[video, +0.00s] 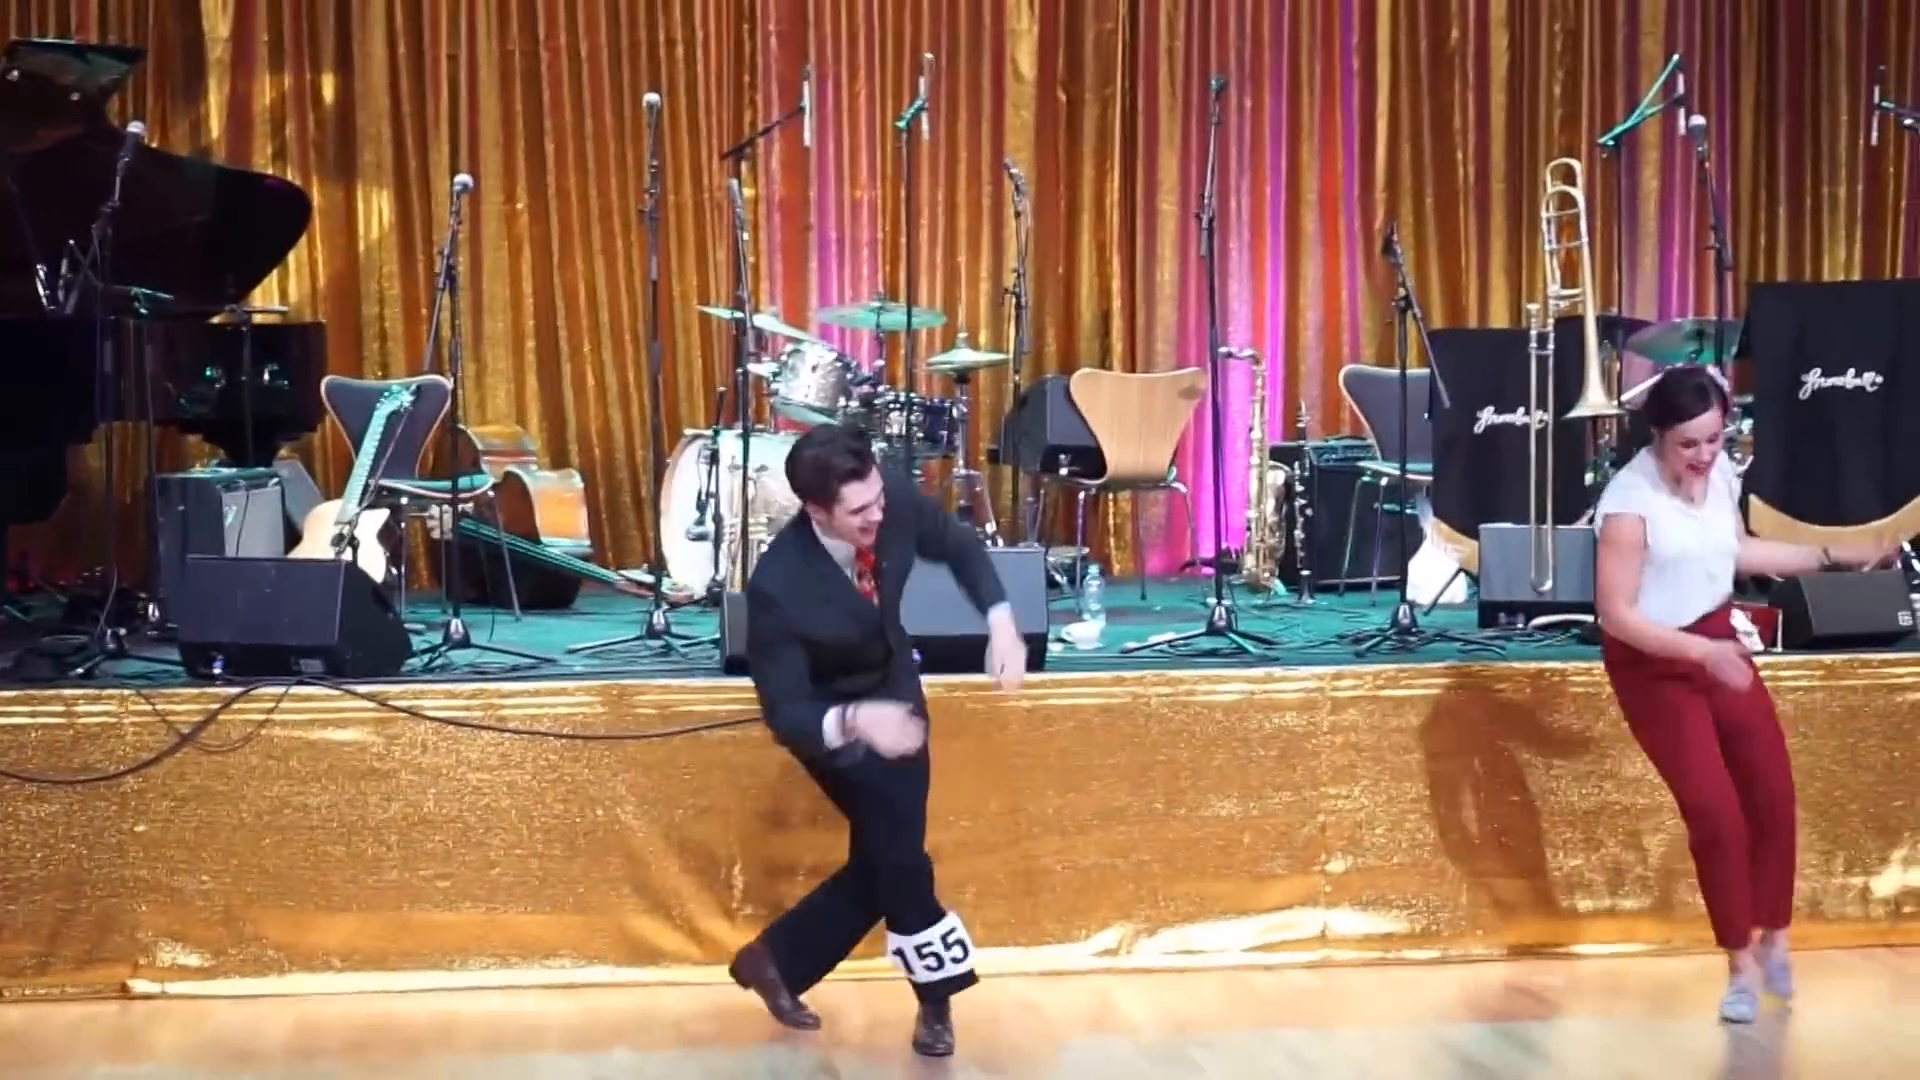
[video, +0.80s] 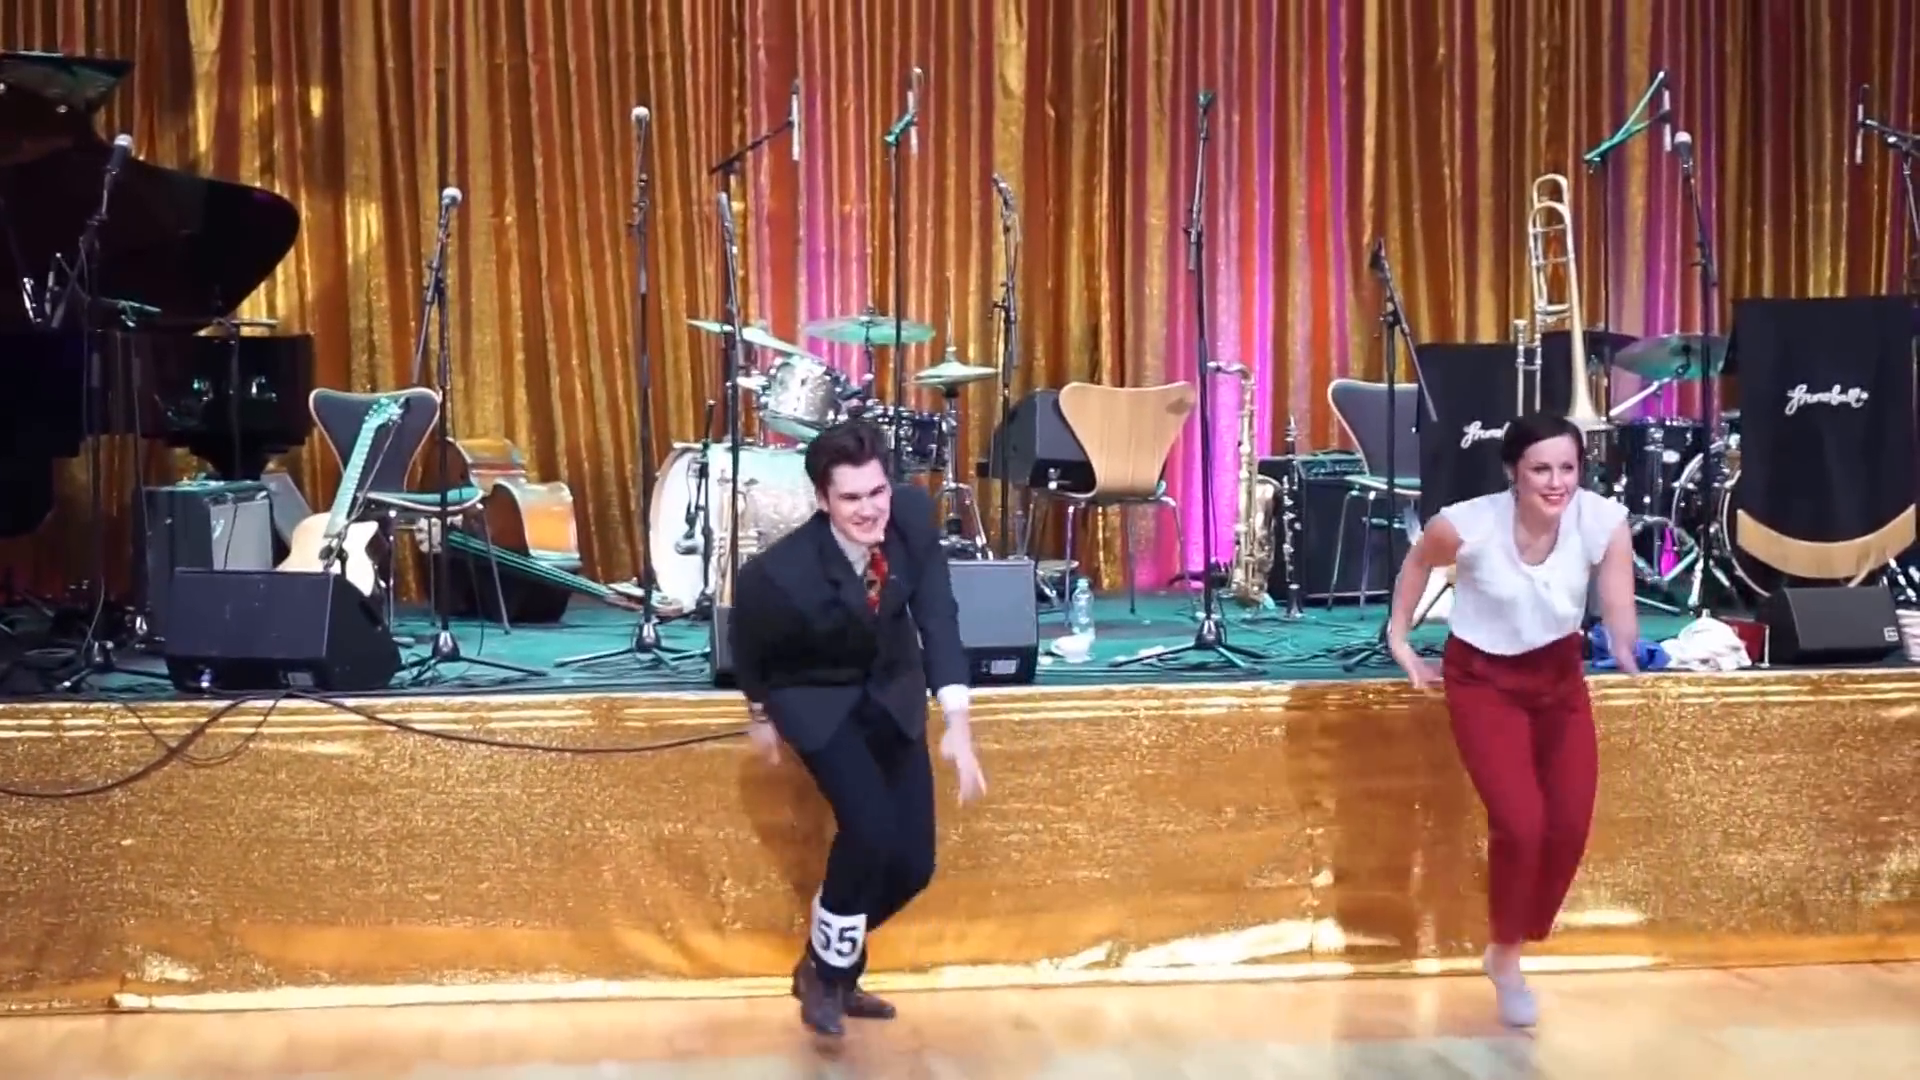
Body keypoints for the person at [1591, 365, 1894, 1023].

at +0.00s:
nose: (1704, 455)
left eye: (1713, 440)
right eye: (1689, 443)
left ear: (1723, 430)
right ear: (1657, 436)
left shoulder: (1721, 476)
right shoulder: (1628, 499)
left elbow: (1733, 553)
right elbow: (1614, 616)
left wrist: (1840, 556)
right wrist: (1700, 651)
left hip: (1721, 641)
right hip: (1649, 658)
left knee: (1773, 791)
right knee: (1713, 806)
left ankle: (1774, 940)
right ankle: (1741, 963)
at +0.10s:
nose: (1695, 456)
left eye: (1704, 442)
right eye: (1680, 445)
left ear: (1718, 425)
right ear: (1651, 433)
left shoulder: (1714, 456)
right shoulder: (1628, 491)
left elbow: (1724, 526)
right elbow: (1635, 611)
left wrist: (1811, 503)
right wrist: (1699, 610)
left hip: (1698, 625)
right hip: (1632, 639)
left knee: (1780, 732)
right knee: (1708, 799)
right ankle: (1679, 960)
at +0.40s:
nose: (1656, 507)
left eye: (1668, 492)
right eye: (1642, 496)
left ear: (1685, 477)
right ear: (1619, 480)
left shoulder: (1694, 492)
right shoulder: (1590, 527)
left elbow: (1688, 582)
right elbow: (1569, 642)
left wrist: (1727, 585)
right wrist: (1665, 667)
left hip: (1645, 644)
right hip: (1578, 661)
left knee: (1747, 728)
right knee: (1638, 817)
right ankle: (1640, 986)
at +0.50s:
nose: (1636, 501)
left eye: (1648, 485)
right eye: (1620, 489)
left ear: (1664, 474)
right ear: (1598, 482)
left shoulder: (1685, 499)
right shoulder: (1568, 544)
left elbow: (1692, 602)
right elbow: (1524, 636)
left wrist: (1701, 577)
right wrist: (1557, 730)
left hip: (1638, 662)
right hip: (1571, 677)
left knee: (1699, 784)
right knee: (1632, 838)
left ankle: (1609, 905)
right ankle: (1667, 981)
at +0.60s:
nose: (1610, 498)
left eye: (1621, 483)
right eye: (1594, 486)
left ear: (1637, 479)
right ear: (1572, 488)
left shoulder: (1661, 520)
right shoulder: (1540, 559)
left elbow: (1688, 623)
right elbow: (1464, 623)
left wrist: (1680, 576)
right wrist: (1459, 722)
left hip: (1620, 687)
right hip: (1553, 693)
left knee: (1620, 840)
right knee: (1617, 840)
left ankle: (1497, 938)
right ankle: (1668, 988)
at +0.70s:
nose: (1581, 487)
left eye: (1592, 472)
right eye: (1566, 474)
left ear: (1609, 471)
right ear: (1543, 477)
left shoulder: (1634, 517)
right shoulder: (1508, 537)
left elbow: (1660, 624)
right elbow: (1425, 572)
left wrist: (1655, 580)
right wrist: (1419, 656)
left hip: (1589, 679)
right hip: (1515, 680)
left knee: (1569, 824)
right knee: (1575, 821)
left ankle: (1480, 949)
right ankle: (1624, 972)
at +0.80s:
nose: (1556, 481)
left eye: (1567, 467)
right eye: (1541, 469)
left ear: (1580, 469)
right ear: (1513, 473)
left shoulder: (1602, 522)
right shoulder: (1466, 527)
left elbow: (1621, 613)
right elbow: (1420, 562)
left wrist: (1625, 656)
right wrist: (1397, 637)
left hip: (1560, 681)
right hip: (1481, 683)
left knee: (1570, 826)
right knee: (1522, 822)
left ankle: (1507, 950)